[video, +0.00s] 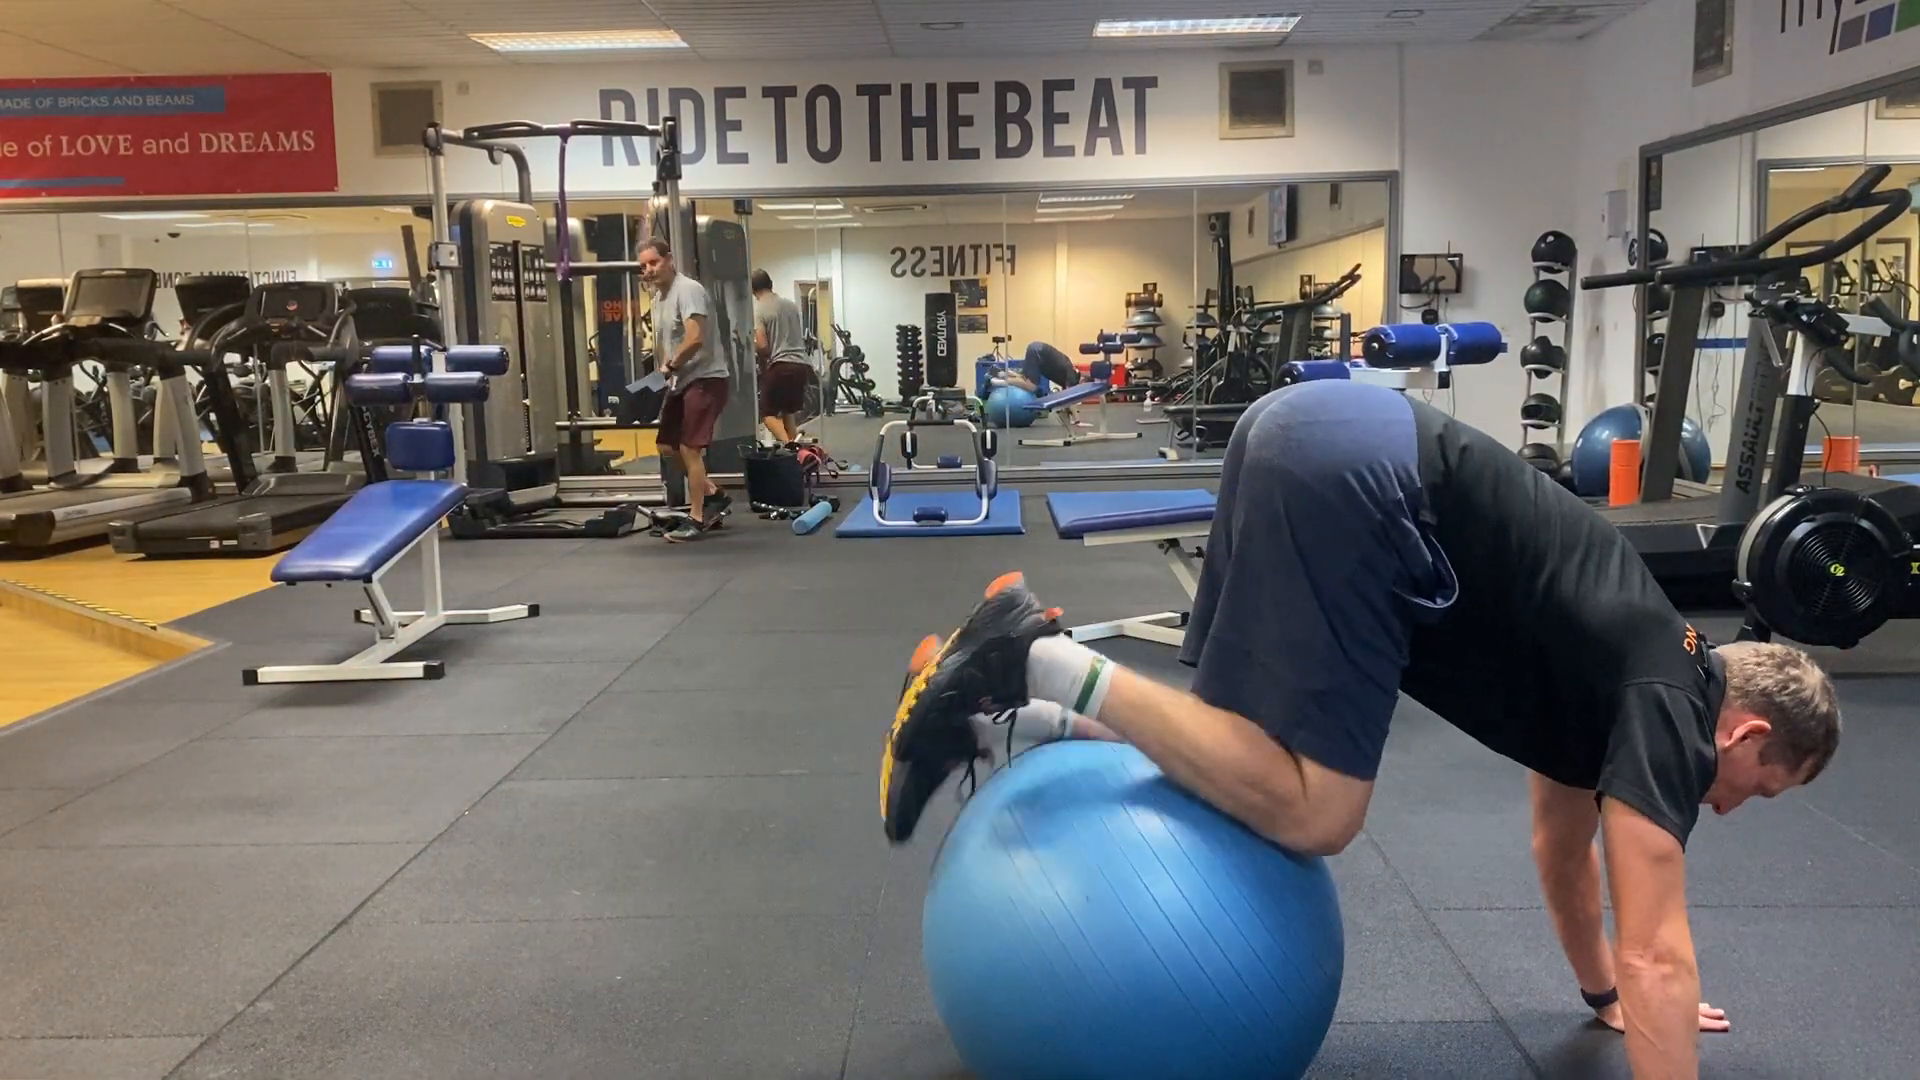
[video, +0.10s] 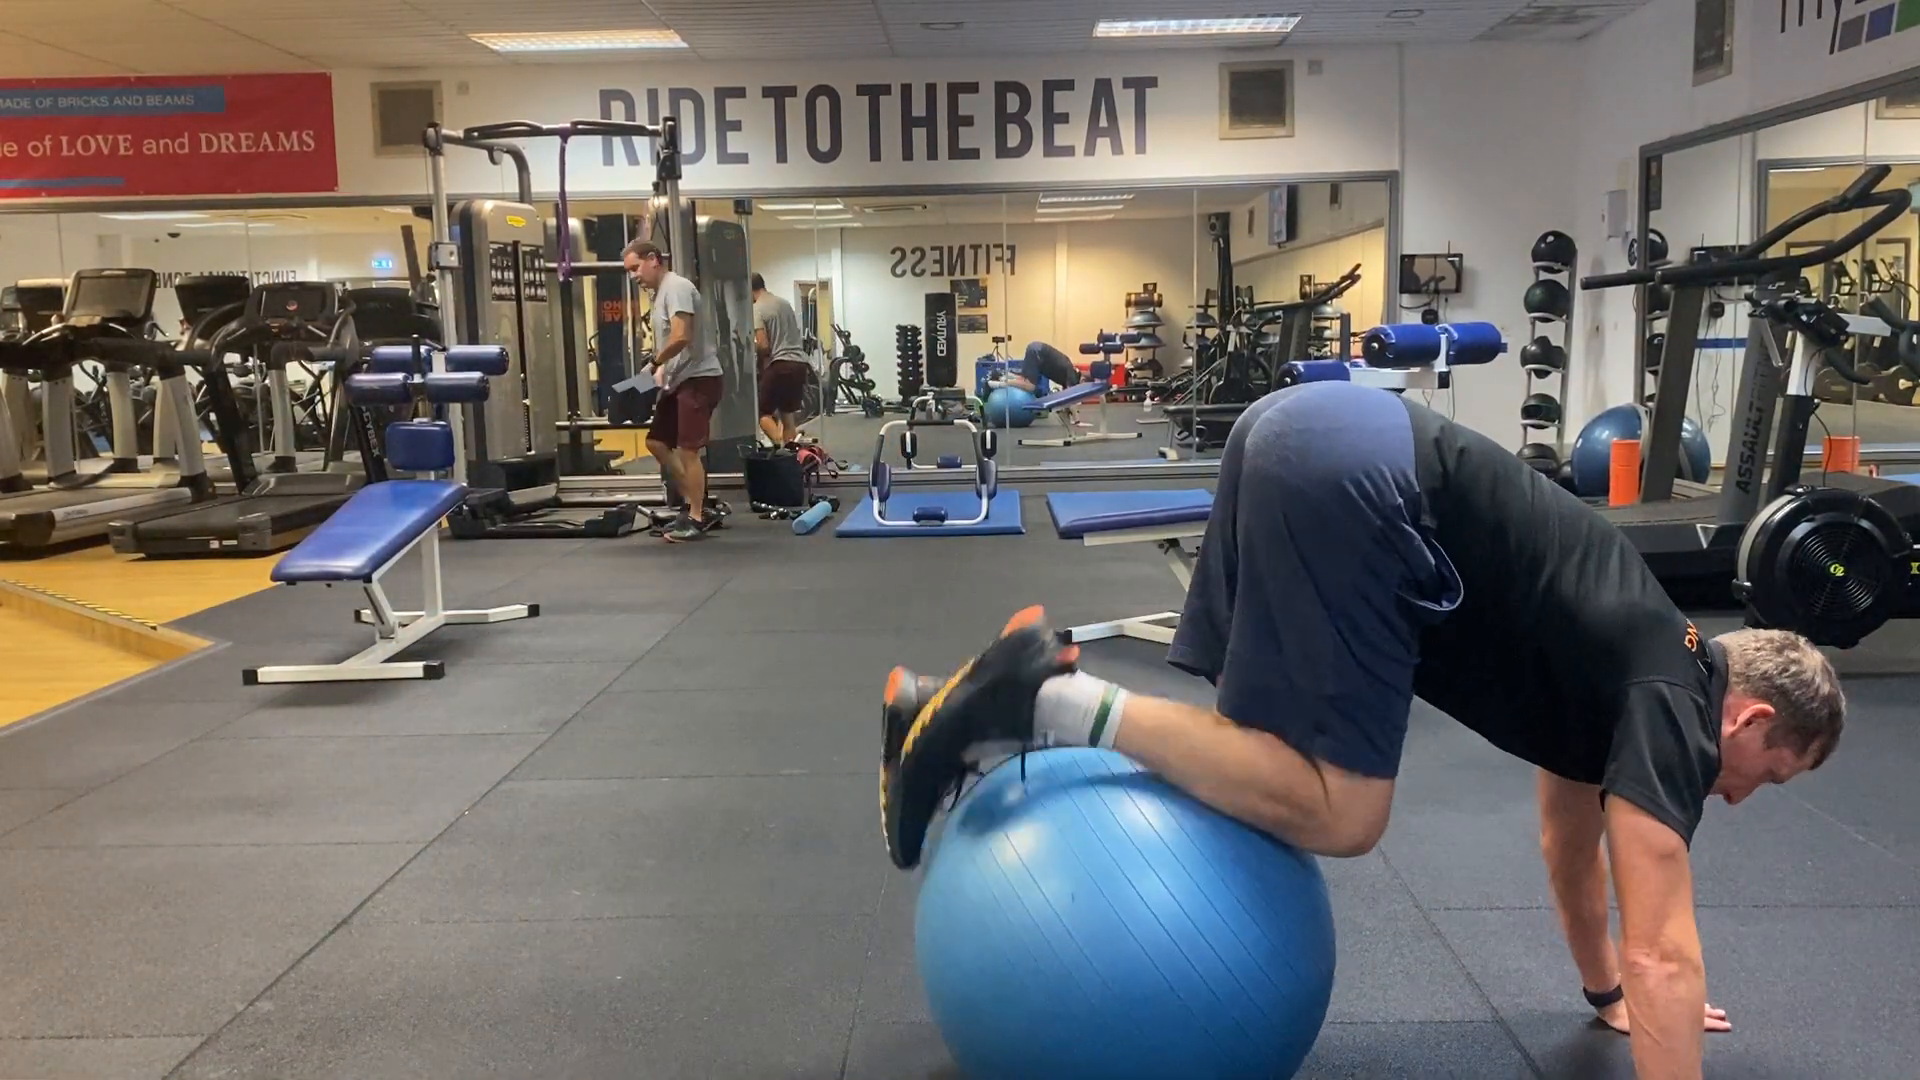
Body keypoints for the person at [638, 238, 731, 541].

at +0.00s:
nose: (647, 270)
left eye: (652, 263)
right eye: (643, 266)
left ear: (669, 261)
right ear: (642, 269)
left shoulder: (688, 289)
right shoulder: (660, 297)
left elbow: (695, 338)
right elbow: (666, 342)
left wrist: (672, 363)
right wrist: (663, 371)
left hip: (705, 378)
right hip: (681, 381)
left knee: (690, 449)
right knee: (668, 445)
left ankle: (696, 519)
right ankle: (713, 492)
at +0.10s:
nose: (634, 276)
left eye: (635, 268)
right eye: (630, 271)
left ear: (653, 260)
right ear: (650, 263)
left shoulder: (676, 287)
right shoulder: (661, 293)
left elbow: (682, 336)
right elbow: (671, 340)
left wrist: (657, 361)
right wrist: (661, 368)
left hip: (698, 378)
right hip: (679, 381)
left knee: (688, 450)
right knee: (657, 443)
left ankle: (696, 518)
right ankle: (697, 503)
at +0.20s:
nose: (624, 281)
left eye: (623, 274)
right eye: (621, 276)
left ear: (636, 264)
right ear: (637, 264)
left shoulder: (665, 286)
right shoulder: (658, 290)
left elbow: (665, 336)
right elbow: (674, 342)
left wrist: (638, 359)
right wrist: (656, 369)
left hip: (691, 376)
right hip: (675, 378)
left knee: (684, 451)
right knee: (654, 445)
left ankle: (695, 519)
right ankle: (666, 513)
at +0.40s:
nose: (613, 289)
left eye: (611, 283)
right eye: (611, 285)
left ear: (617, 272)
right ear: (628, 269)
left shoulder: (638, 288)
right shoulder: (652, 288)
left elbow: (627, 339)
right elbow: (667, 342)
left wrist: (600, 364)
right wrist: (646, 376)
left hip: (672, 379)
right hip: (670, 379)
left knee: (657, 453)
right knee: (648, 451)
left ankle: (691, 515)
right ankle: (650, 519)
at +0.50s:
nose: (606, 290)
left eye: (604, 284)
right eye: (604, 286)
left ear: (610, 276)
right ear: (628, 272)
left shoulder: (625, 292)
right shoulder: (651, 293)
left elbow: (611, 343)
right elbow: (663, 346)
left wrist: (587, 367)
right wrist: (641, 381)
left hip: (661, 380)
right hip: (676, 379)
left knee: (630, 448)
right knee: (647, 451)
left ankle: (675, 508)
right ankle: (649, 519)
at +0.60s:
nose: (600, 291)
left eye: (599, 286)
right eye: (599, 287)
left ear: (604, 279)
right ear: (625, 274)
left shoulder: (613, 294)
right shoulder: (650, 297)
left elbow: (599, 346)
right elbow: (660, 346)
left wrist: (578, 377)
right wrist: (634, 381)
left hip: (649, 380)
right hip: (676, 380)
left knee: (615, 445)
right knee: (643, 448)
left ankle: (642, 515)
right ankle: (651, 517)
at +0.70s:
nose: (595, 293)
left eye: (594, 289)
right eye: (594, 290)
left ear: (599, 283)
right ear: (621, 279)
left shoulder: (602, 297)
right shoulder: (646, 300)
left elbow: (589, 351)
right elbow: (658, 343)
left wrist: (575, 382)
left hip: (638, 381)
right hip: (670, 381)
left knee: (608, 447)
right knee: (643, 449)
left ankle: (606, 520)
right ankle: (650, 521)